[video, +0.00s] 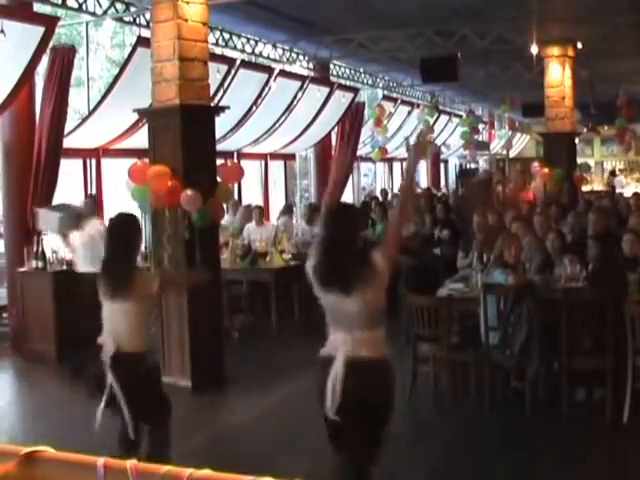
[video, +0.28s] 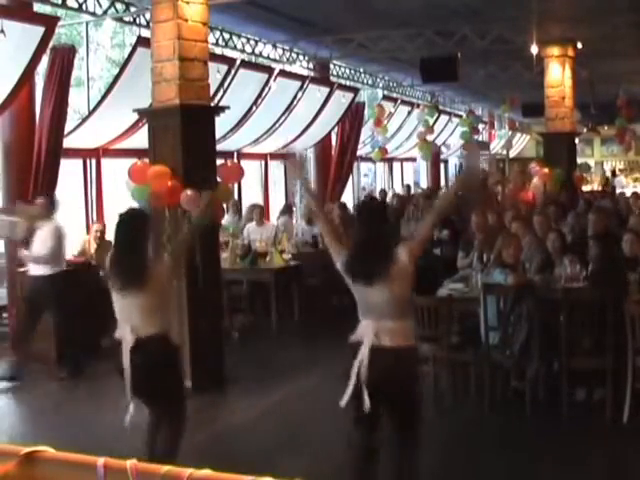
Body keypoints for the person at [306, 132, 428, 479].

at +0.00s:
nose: (366, 229)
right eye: (362, 225)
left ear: (326, 233)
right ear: (360, 234)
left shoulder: (318, 271)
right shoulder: (378, 268)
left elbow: (329, 211)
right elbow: (400, 217)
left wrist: (341, 164)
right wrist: (413, 161)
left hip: (335, 360)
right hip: (375, 361)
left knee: (343, 452)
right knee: (366, 454)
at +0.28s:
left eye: (363, 220)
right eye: (389, 219)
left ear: (357, 230)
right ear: (391, 227)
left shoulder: (350, 266)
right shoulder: (404, 259)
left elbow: (325, 226)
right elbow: (432, 218)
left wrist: (307, 188)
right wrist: (461, 182)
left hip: (367, 351)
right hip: (401, 351)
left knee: (364, 427)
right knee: (405, 431)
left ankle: (363, 472)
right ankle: (404, 472)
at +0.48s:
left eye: (367, 220)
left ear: (369, 226)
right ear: (401, 223)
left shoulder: (360, 259)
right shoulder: (421, 251)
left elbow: (325, 238)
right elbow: (464, 228)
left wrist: (298, 217)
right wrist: (504, 204)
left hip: (382, 346)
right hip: (415, 343)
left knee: (393, 418)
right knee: (416, 419)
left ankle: (386, 470)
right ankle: (413, 471)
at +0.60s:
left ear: (377, 225)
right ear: (409, 222)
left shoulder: (363, 261)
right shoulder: (428, 255)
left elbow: (316, 246)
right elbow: (478, 238)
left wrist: (278, 224)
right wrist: (523, 217)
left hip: (384, 346)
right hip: (419, 344)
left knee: (394, 422)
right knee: (418, 420)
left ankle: (396, 469)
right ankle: (416, 469)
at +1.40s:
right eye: (407, 226)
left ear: (376, 231)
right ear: (406, 230)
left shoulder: (362, 267)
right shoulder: (423, 255)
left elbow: (316, 275)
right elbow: (465, 264)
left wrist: (282, 268)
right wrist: (508, 271)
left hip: (380, 341)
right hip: (417, 343)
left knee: (368, 404)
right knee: (392, 392)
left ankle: (375, 463)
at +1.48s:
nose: (410, 222)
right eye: (406, 218)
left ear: (373, 225)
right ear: (403, 224)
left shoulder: (361, 261)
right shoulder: (418, 249)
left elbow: (319, 270)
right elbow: (458, 256)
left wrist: (286, 264)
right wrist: (498, 261)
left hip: (383, 327)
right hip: (419, 326)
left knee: (378, 393)